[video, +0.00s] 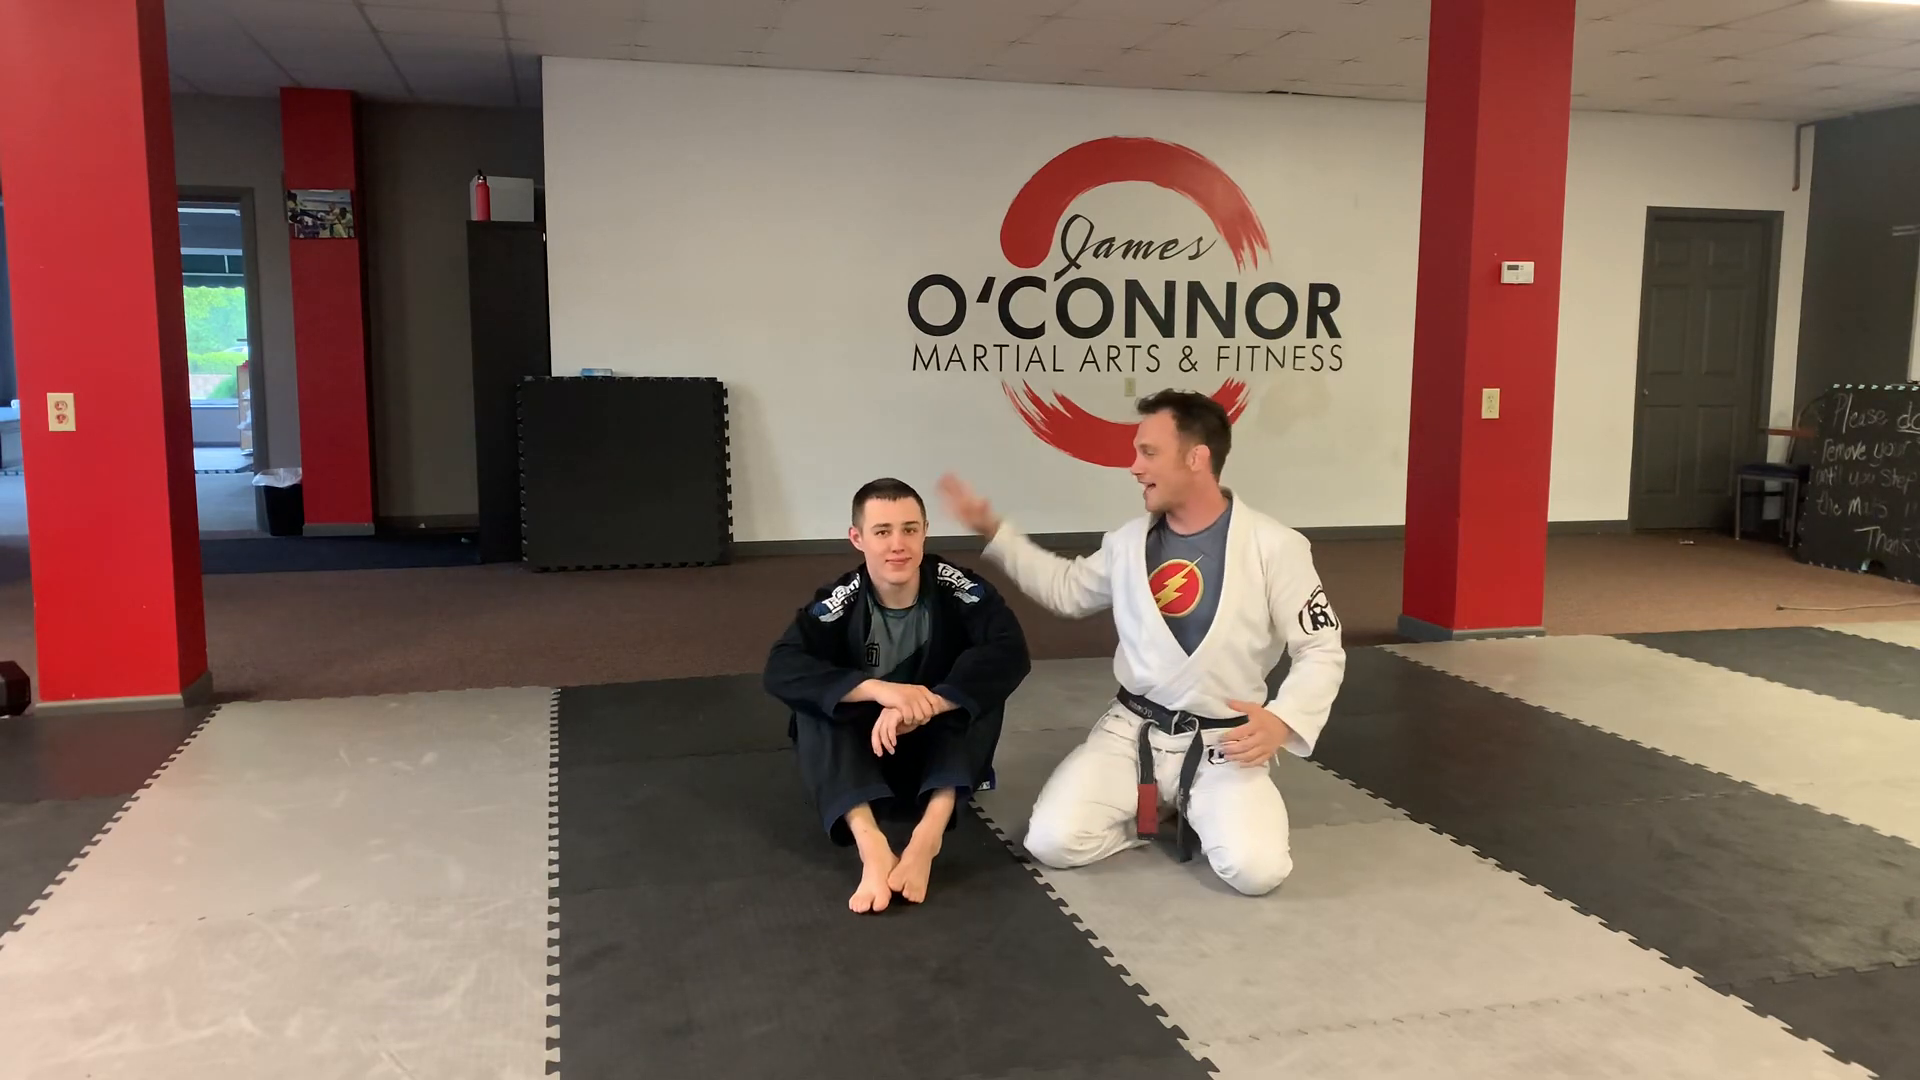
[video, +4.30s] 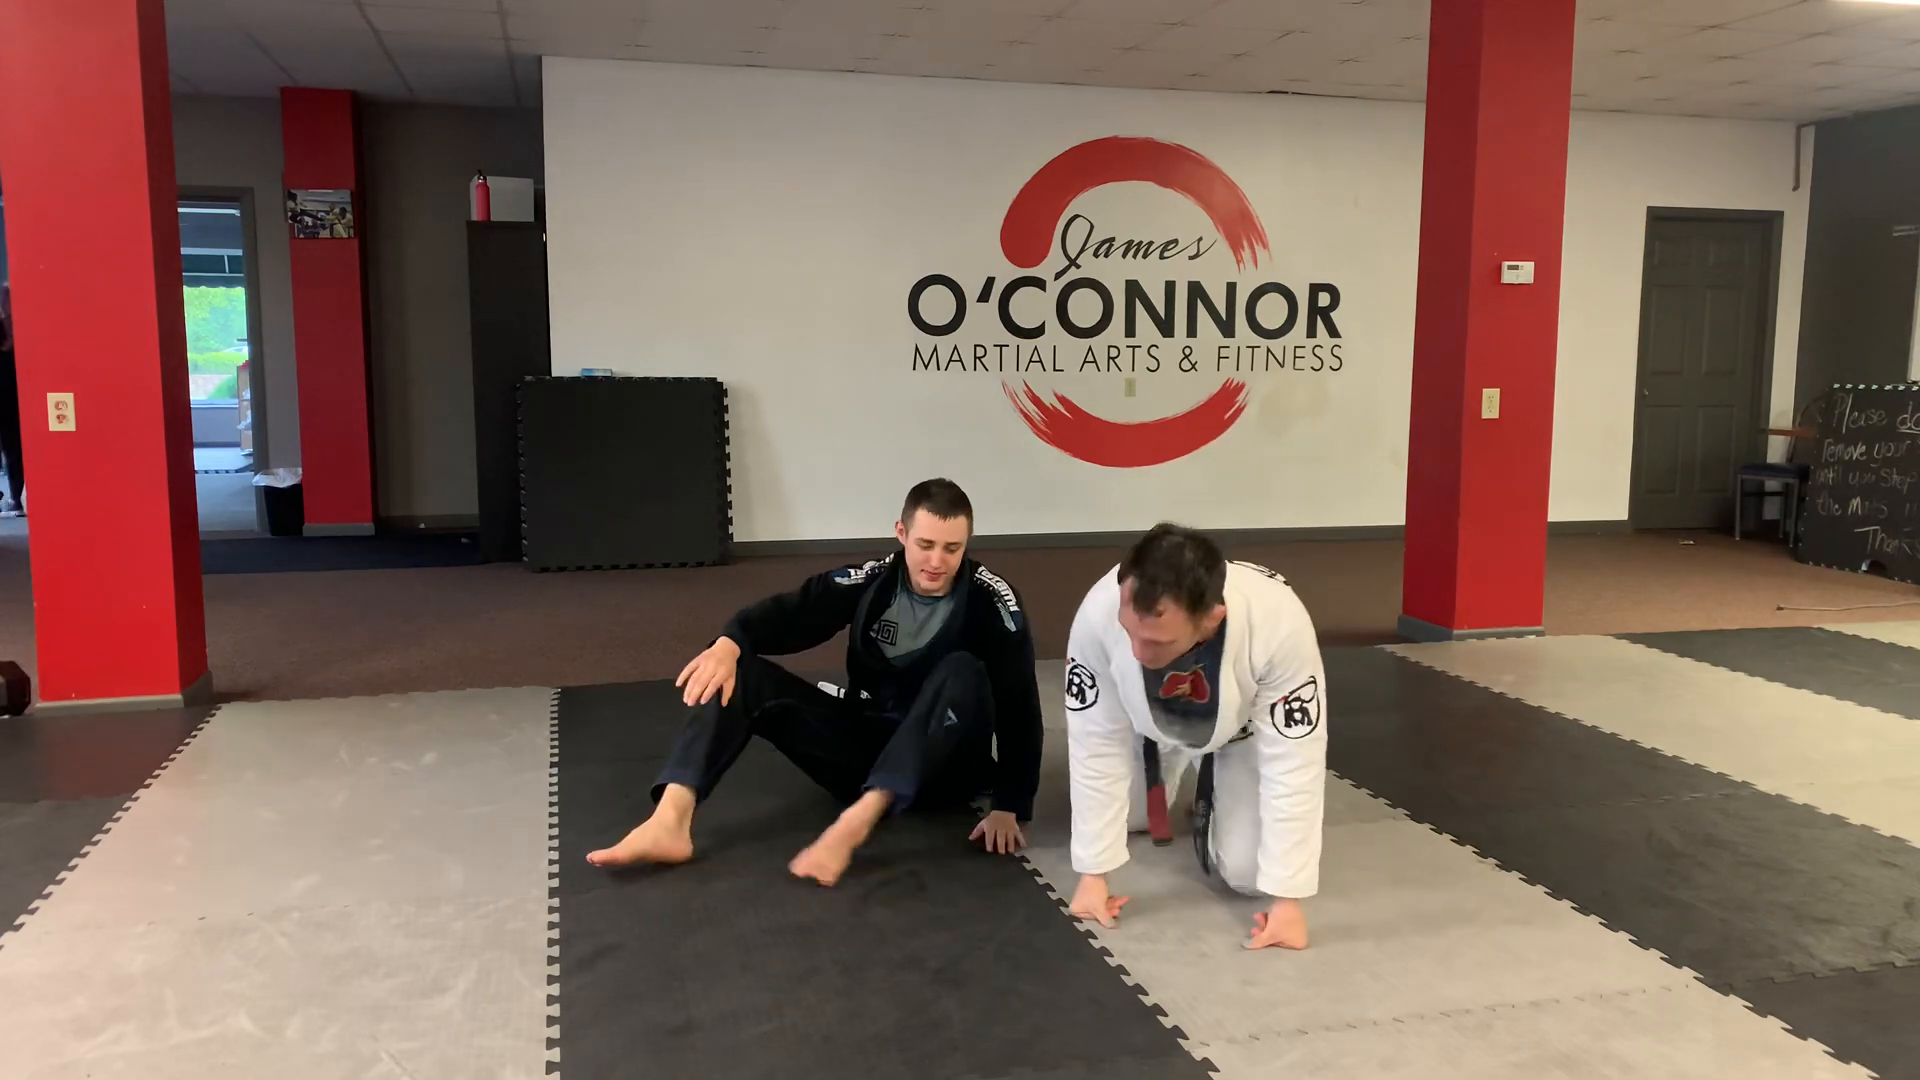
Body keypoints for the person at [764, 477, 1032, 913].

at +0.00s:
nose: (898, 544)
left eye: (909, 530)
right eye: (882, 532)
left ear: (924, 533)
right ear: (857, 539)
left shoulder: (960, 589)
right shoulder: (839, 601)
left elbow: (1009, 653)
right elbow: (783, 669)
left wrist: (923, 704)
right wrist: (879, 690)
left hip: (939, 750)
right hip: (859, 752)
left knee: (981, 689)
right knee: (813, 702)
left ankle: (928, 836)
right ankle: (871, 845)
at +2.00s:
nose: (907, 558)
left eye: (916, 542)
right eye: (890, 546)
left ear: (926, 537)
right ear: (859, 548)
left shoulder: (958, 594)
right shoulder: (838, 603)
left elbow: (1020, 657)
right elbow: (781, 670)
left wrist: (928, 707)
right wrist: (881, 692)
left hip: (937, 754)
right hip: (859, 756)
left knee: (988, 699)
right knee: (811, 709)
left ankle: (930, 835)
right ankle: (871, 846)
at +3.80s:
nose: (914, 550)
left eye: (925, 535)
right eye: (900, 536)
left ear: (936, 532)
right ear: (870, 536)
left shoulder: (972, 596)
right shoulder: (843, 597)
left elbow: (1011, 671)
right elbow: (776, 658)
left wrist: (965, 717)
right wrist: (845, 692)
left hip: (937, 765)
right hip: (860, 760)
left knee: (969, 660)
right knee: (808, 698)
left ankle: (928, 836)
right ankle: (857, 848)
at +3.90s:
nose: (920, 548)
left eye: (932, 534)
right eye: (906, 534)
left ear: (943, 533)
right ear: (877, 533)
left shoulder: (979, 601)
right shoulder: (848, 592)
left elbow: (1020, 685)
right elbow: (766, 649)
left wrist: (1002, 733)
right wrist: (794, 685)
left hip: (936, 764)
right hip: (858, 760)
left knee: (967, 661)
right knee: (793, 677)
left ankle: (928, 832)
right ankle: (821, 841)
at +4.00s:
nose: (927, 549)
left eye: (939, 535)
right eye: (913, 534)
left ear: (951, 533)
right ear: (885, 531)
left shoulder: (983, 604)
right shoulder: (853, 591)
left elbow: (1023, 699)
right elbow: (764, 637)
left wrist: (1015, 766)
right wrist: (755, 670)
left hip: (944, 767)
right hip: (861, 764)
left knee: (958, 659)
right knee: (777, 671)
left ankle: (924, 831)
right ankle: (775, 840)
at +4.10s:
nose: (932, 552)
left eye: (945, 539)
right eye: (919, 537)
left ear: (958, 537)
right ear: (894, 532)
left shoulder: (986, 606)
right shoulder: (863, 586)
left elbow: (1023, 710)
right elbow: (785, 618)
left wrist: (1018, 794)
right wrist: (735, 651)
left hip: (945, 765)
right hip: (863, 758)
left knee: (946, 659)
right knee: (758, 669)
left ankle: (918, 831)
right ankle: (722, 830)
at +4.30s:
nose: (937, 561)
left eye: (952, 548)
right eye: (926, 545)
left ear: (968, 544)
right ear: (901, 534)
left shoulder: (994, 604)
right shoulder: (871, 580)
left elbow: (1022, 714)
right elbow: (794, 613)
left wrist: (1011, 808)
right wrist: (730, 642)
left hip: (943, 765)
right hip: (860, 750)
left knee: (961, 671)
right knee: (743, 668)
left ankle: (854, 822)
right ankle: (672, 817)